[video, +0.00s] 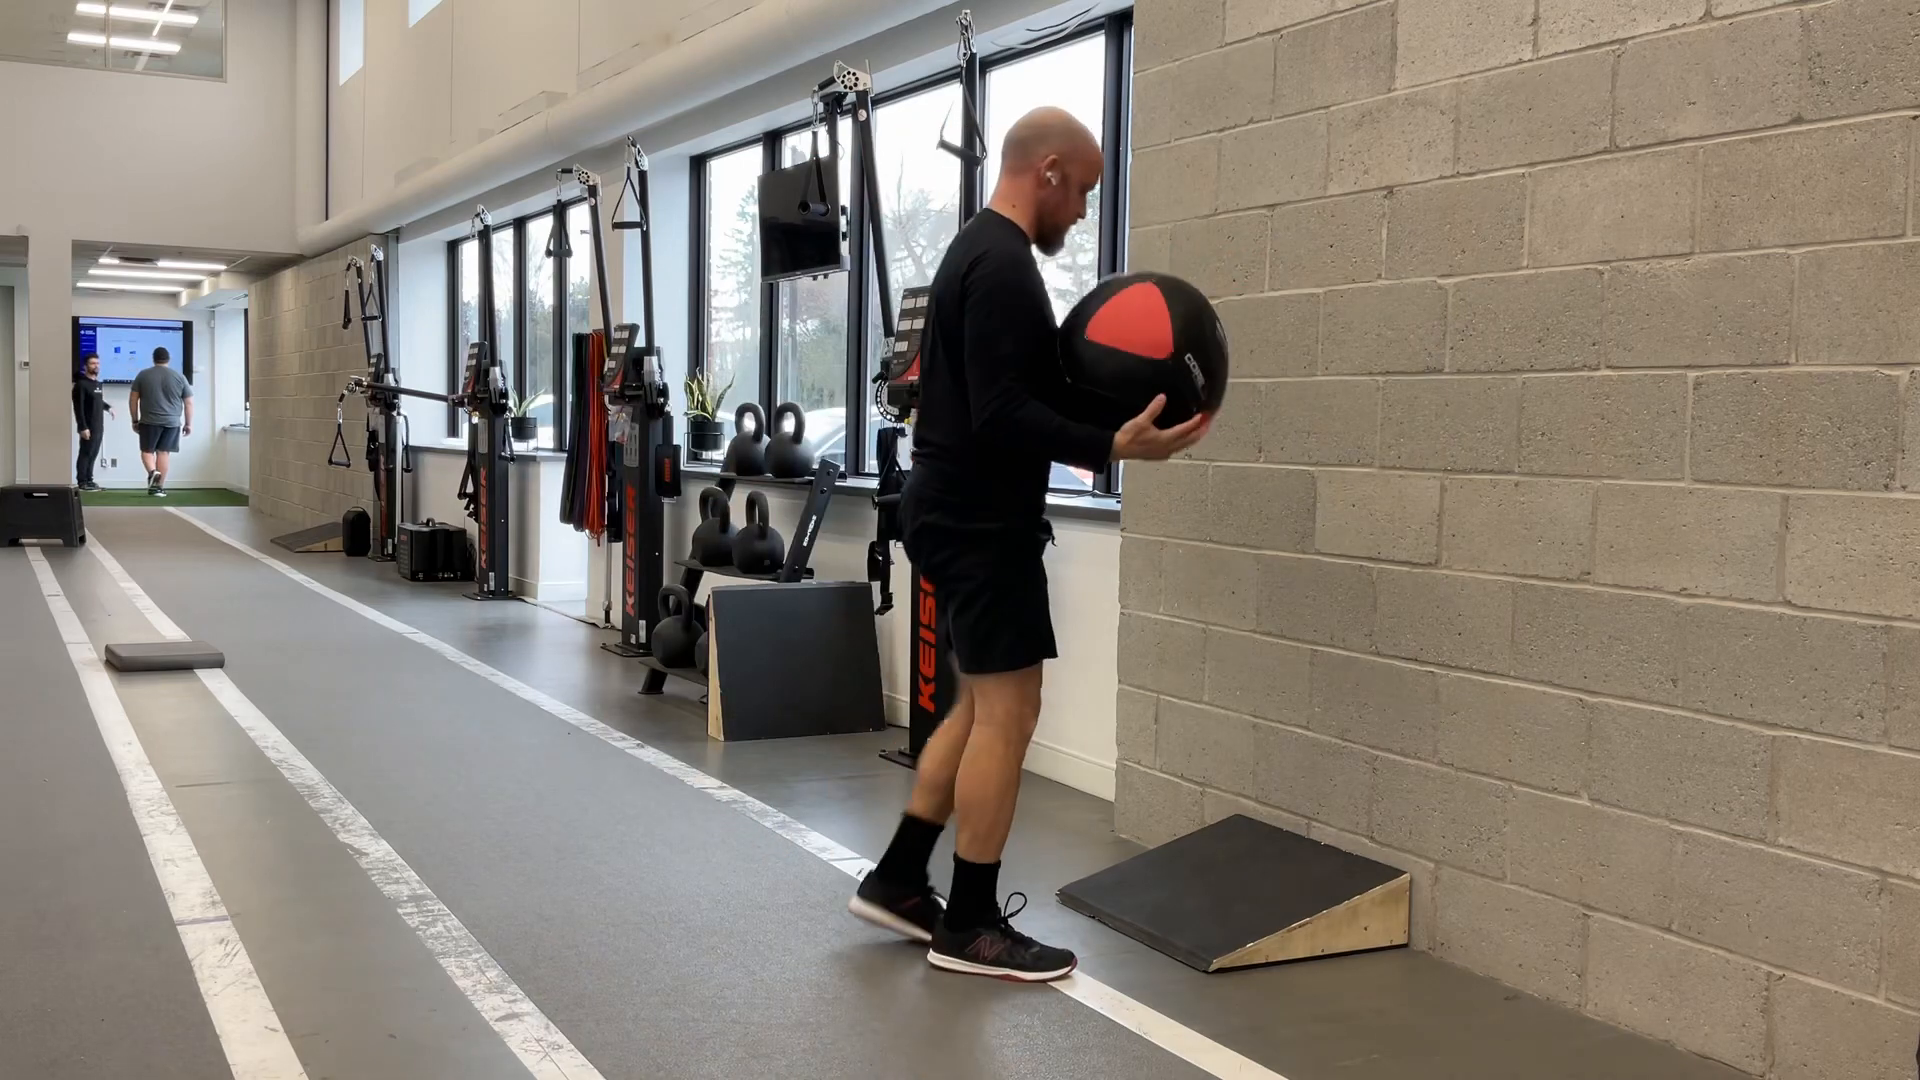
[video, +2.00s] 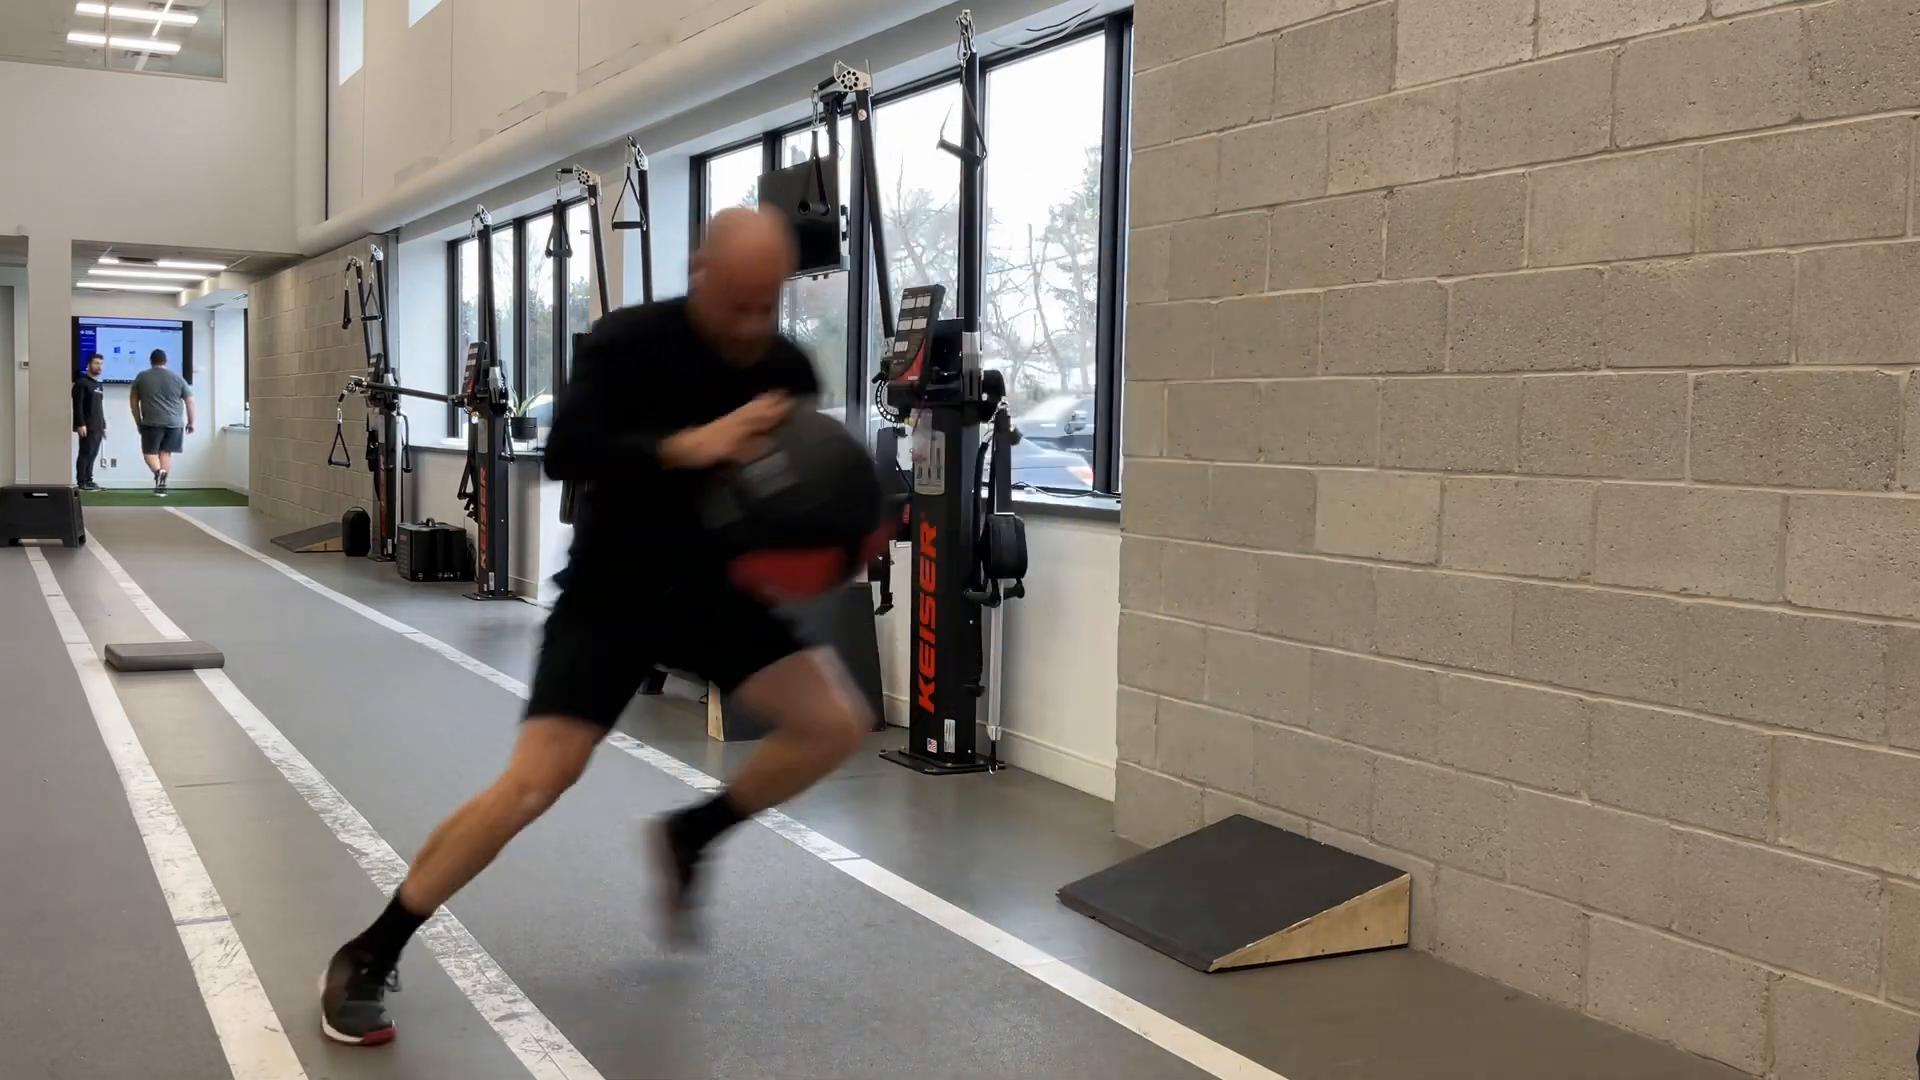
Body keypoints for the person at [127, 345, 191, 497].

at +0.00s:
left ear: (153, 359)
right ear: (168, 359)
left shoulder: (143, 375)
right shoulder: (179, 377)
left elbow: (133, 399)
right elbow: (188, 402)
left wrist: (134, 420)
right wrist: (188, 423)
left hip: (149, 422)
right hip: (171, 423)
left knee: (147, 451)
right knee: (164, 453)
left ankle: (152, 471)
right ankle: (159, 488)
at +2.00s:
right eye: (163, 361)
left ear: (151, 362)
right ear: (166, 362)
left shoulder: (142, 377)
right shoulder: (176, 378)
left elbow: (133, 402)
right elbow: (190, 400)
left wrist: (138, 421)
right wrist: (191, 422)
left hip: (152, 423)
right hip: (174, 424)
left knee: (150, 453)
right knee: (166, 452)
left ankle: (158, 471)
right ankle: (162, 486)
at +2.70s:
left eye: (159, 359)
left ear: (155, 360)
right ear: (170, 360)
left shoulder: (144, 375)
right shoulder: (179, 377)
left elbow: (134, 398)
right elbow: (190, 401)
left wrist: (137, 417)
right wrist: (189, 422)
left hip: (149, 421)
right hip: (171, 423)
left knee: (146, 450)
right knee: (164, 453)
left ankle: (153, 470)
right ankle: (158, 486)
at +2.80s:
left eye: (160, 360)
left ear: (157, 360)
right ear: (172, 361)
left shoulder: (145, 374)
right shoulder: (180, 378)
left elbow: (135, 397)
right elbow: (190, 403)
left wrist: (137, 416)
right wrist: (189, 424)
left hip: (148, 421)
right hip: (170, 423)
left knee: (144, 449)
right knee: (163, 454)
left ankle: (149, 470)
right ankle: (159, 487)